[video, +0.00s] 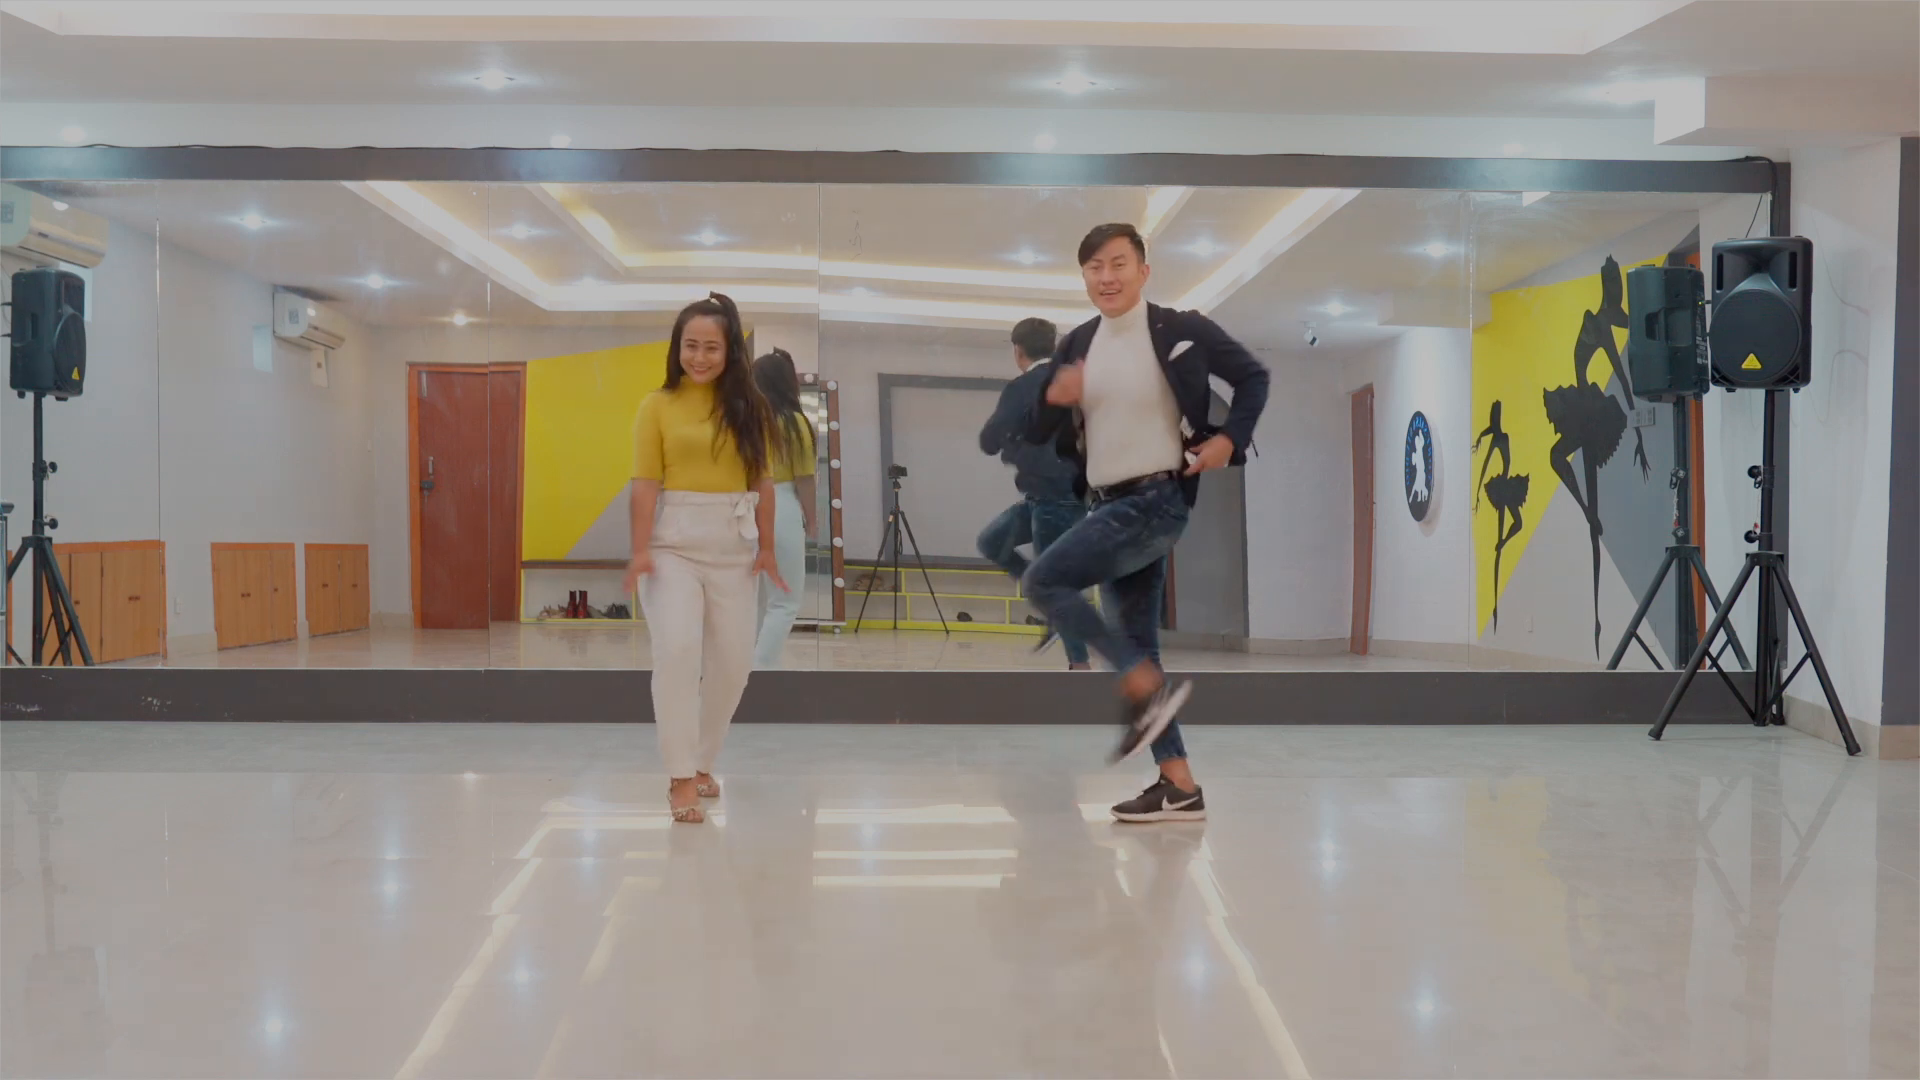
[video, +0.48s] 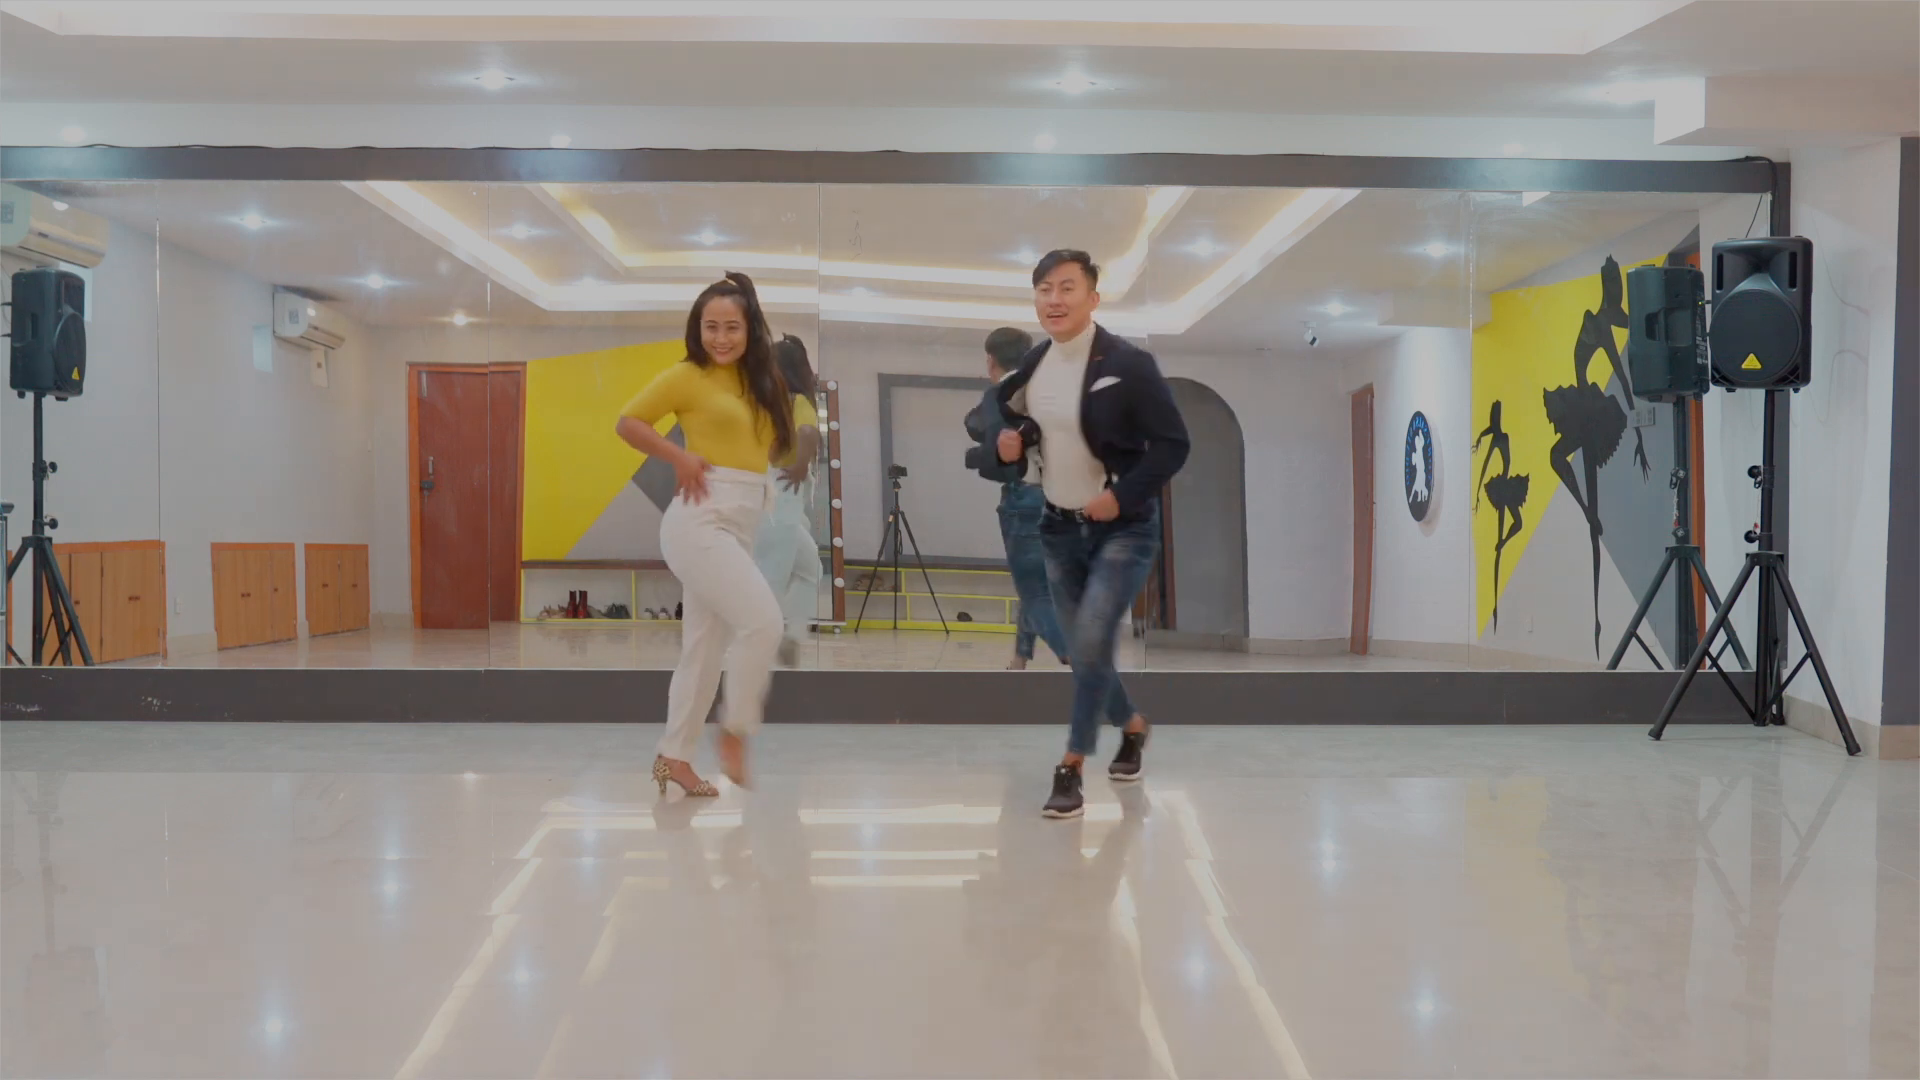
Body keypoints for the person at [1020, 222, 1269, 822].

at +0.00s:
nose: (1107, 276)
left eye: (1118, 264)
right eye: (1095, 267)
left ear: (1144, 270)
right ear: (1083, 277)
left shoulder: (1182, 329)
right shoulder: (1078, 343)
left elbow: (1253, 379)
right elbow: (1034, 427)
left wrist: (1229, 438)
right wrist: (1050, 396)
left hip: (1157, 497)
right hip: (1108, 503)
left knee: (1043, 582)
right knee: (1136, 650)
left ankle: (1144, 682)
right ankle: (1179, 783)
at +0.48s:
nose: (1053, 300)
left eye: (1066, 289)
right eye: (1044, 291)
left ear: (1093, 297)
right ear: (1036, 301)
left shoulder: (1129, 363)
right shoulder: (1034, 365)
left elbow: (1173, 444)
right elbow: (1006, 425)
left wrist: (1123, 494)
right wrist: (1006, 445)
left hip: (1122, 525)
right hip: (1058, 526)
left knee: (1092, 641)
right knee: (1082, 645)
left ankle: (1072, 765)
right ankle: (1132, 724)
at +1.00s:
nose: (1063, 257)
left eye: (1074, 247)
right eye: (1052, 246)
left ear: (1089, 257)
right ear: (1031, 253)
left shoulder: (1114, 325)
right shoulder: (997, 315)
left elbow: (1144, 396)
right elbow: (948, 387)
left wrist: (1114, 454)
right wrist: (996, 423)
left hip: (1068, 481)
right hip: (1002, 463)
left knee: (1042, 627)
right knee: (1034, 527)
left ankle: (989, 736)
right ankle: (992, 593)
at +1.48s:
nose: (1082, 308)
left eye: (1089, 298)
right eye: (1069, 296)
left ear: (1097, 305)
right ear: (1041, 301)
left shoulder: (1094, 382)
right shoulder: (1022, 363)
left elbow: (1112, 457)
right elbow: (962, 432)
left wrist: (1138, 473)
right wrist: (1036, 454)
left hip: (1080, 536)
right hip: (1018, 534)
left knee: (1105, 664)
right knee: (1070, 651)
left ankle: (1008, 715)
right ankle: (1076, 760)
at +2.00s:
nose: (1082, 314)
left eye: (1092, 303)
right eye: (1070, 303)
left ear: (1104, 306)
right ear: (1047, 309)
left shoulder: (1124, 375)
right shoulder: (1009, 369)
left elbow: (1126, 454)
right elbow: (940, 436)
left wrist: (1068, 438)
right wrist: (986, 486)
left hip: (1095, 530)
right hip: (1038, 528)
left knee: (1054, 663)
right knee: (1106, 639)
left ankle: (970, 744)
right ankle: (1052, 751)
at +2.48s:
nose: (1173, 305)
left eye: (1183, 293)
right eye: (1160, 294)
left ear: (1197, 289)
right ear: (1140, 295)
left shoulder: (1222, 342)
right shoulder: (1120, 362)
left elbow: (1262, 384)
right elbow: (1070, 448)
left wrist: (1274, 408)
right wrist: (1129, 497)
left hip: (1217, 513)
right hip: (1144, 517)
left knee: (1248, 640)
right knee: (1096, 615)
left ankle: (1231, 753)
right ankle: (1095, 726)